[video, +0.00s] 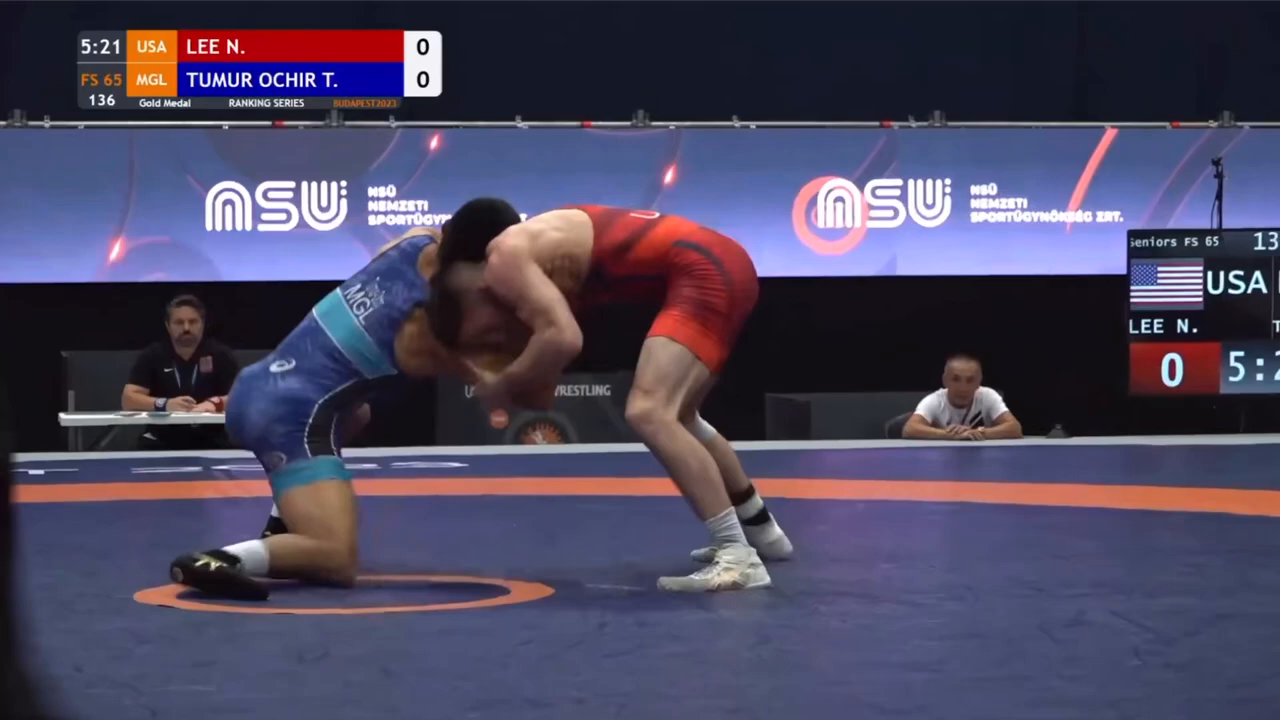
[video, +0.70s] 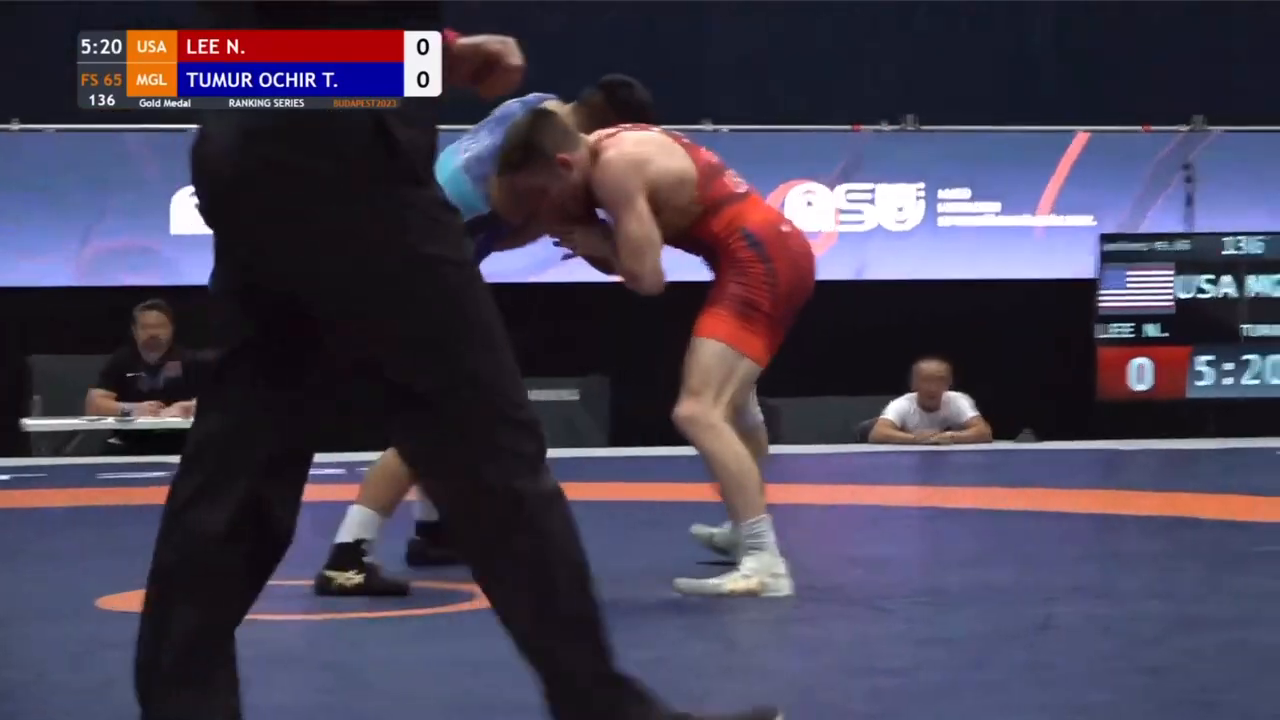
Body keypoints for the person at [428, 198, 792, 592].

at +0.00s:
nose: (497, 330)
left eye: (487, 319)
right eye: (486, 332)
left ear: (476, 270)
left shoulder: (507, 254)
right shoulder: (530, 252)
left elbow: (562, 336)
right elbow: (541, 388)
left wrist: (504, 386)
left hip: (706, 266)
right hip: (720, 264)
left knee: (649, 412)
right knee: (677, 415)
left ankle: (736, 555)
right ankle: (759, 527)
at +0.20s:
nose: (511, 295)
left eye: (500, 284)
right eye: (498, 296)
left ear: (495, 246)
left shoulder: (530, 218)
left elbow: (592, 304)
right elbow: (542, 364)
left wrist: (513, 342)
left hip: (714, 257)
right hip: (724, 259)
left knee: (669, 406)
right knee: (682, 409)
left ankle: (739, 553)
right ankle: (760, 529)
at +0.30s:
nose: (519, 271)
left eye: (509, 261)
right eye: (505, 270)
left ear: (509, 223)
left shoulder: (545, 198)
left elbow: (622, 275)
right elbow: (568, 339)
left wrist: (541, 303)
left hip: (724, 251)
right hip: (735, 253)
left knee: (682, 403)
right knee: (694, 406)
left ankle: (740, 552)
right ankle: (763, 529)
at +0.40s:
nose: (527, 248)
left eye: (519, 237)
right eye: (515, 244)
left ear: (528, 199)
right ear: (530, 193)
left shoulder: (570, 175)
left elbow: (658, 220)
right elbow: (602, 302)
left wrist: (585, 263)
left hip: (739, 250)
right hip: (741, 255)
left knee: (692, 399)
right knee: (701, 401)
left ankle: (742, 551)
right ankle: (764, 528)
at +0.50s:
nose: (551, 214)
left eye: (544, 204)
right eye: (540, 210)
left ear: (556, 170)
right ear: (558, 170)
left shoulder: (604, 151)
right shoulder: (598, 185)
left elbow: (685, 209)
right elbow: (615, 280)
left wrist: (620, 236)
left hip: (754, 251)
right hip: (744, 258)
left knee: (690, 397)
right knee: (692, 400)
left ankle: (764, 537)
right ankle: (754, 530)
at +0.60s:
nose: (559, 208)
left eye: (557, 197)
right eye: (550, 203)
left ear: (579, 162)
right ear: (579, 158)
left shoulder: (630, 159)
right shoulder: (608, 164)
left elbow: (679, 258)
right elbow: (623, 270)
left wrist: (611, 236)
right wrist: (584, 228)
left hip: (769, 257)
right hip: (754, 259)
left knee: (715, 409)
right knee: (709, 400)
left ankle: (791, 555)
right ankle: (758, 534)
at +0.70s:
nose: (550, 207)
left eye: (546, 198)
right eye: (539, 205)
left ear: (566, 163)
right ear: (568, 154)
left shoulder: (616, 167)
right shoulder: (607, 148)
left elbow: (647, 280)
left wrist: (590, 242)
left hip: (760, 255)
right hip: (776, 249)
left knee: (699, 411)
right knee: (737, 402)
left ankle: (763, 561)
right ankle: (749, 529)